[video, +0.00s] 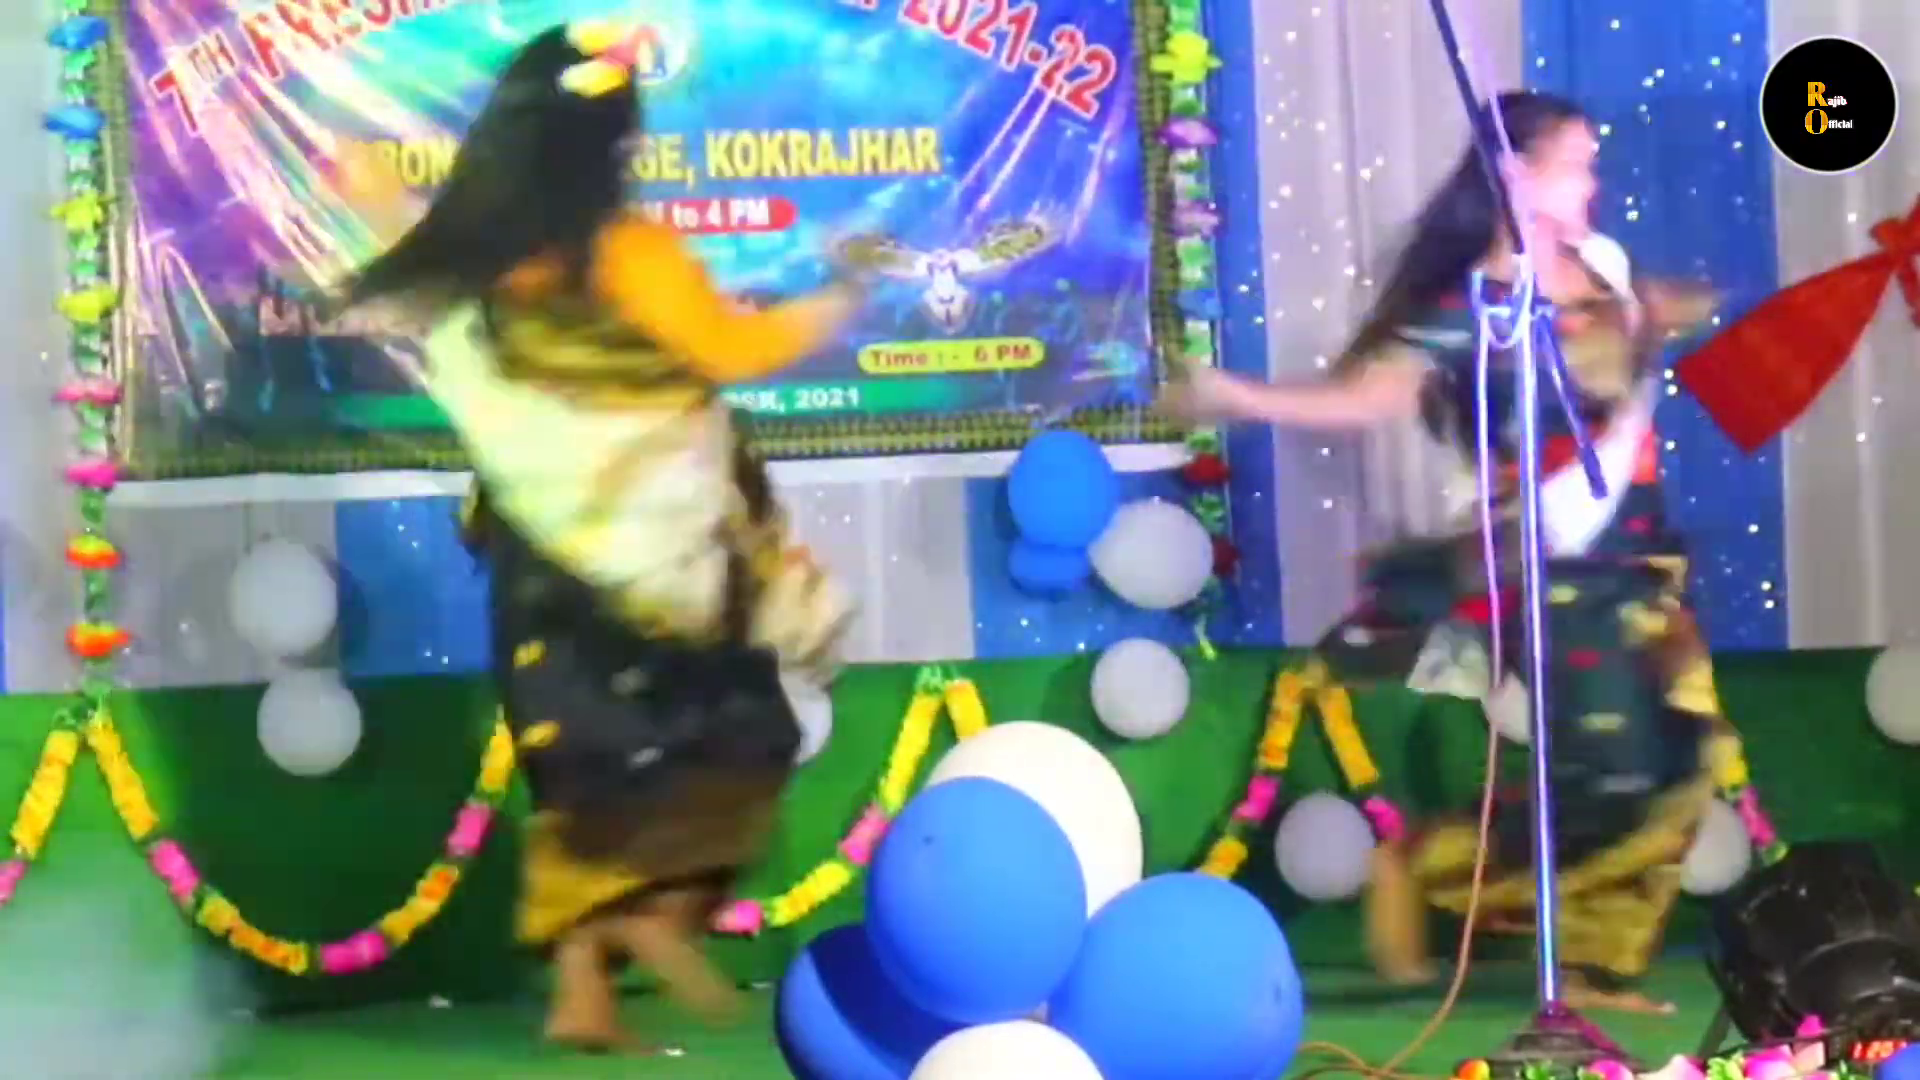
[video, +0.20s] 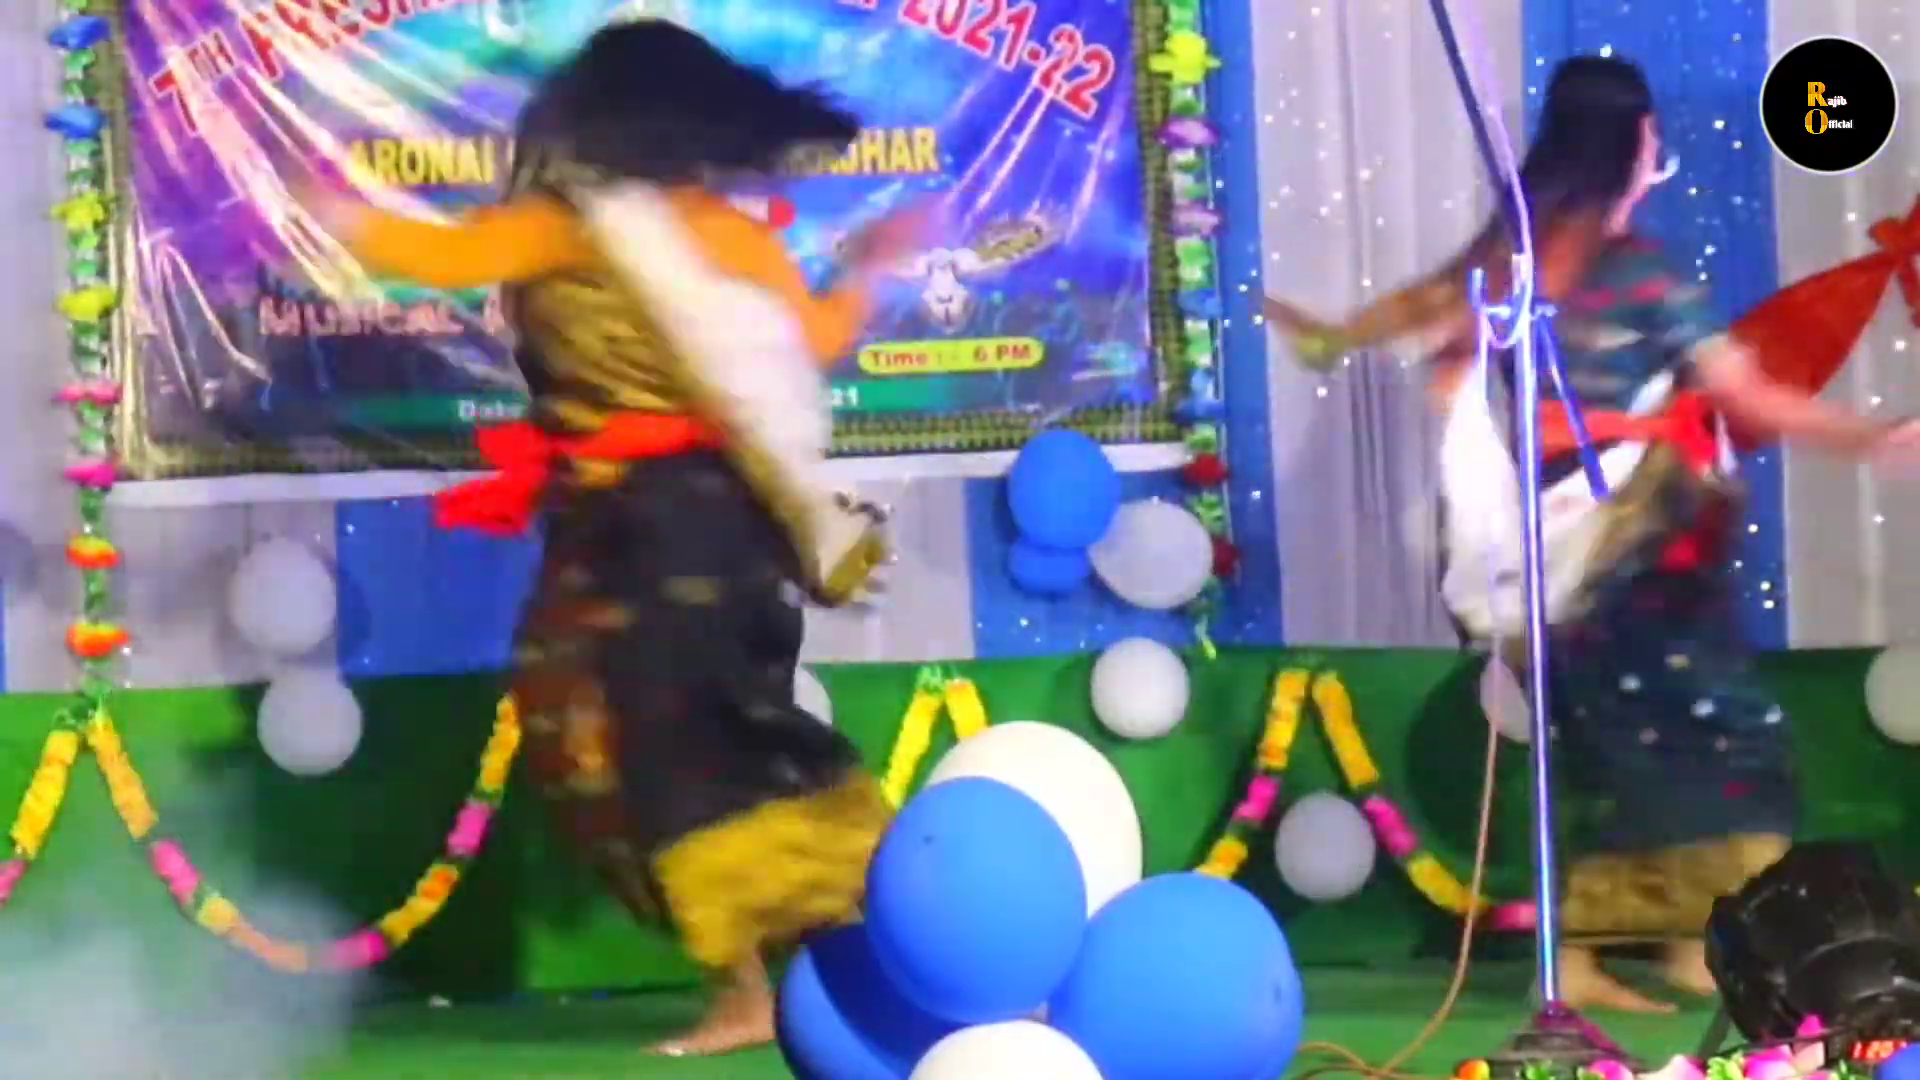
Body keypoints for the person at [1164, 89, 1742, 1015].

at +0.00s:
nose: (1594, 185)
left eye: (1594, 166)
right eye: (1578, 167)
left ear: (1566, 175)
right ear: (1515, 172)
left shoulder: (1604, 267)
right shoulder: (1464, 291)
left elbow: (1661, 320)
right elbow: (1370, 396)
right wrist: (1240, 396)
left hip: (1632, 566)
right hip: (1531, 569)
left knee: (1688, 770)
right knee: (1606, 773)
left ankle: (1586, 962)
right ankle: (1417, 864)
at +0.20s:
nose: (1662, 158)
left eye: (1659, 140)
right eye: (1657, 140)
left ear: (1552, 141)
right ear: (1638, 148)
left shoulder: (1499, 259)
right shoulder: (1641, 272)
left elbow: (1418, 313)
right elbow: (1744, 399)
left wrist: (1335, 332)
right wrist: (1868, 436)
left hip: (1550, 562)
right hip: (1643, 562)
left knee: (1602, 755)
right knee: (1731, 729)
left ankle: (1575, 963)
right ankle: (1697, 944)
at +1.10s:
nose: (1507, 152)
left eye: (1522, 130)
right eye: (1494, 136)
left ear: (1571, 125)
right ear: (1487, 142)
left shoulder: (1635, 238)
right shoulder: (1472, 243)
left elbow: (1657, 383)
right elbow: (1416, 379)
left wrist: (1592, 515)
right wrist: (1437, 496)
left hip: (1600, 506)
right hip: (1483, 512)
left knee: (1606, 725)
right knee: (1417, 710)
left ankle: (1677, 946)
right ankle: (1440, 937)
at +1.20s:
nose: (1457, 139)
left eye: (1471, 116)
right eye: (1444, 120)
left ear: (1524, 104)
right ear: (1435, 122)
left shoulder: (1600, 205)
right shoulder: (1429, 219)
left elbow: (1628, 349)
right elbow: (1368, 346)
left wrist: (1561, 472)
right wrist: (1384, 456)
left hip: (1559, 504)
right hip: (1439, 502)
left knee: (1541, 723)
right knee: (1423, 724)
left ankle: (1555, 940)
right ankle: (1415, 968)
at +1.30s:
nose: (1435, 161)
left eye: (1449, 139)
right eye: (1423, 144)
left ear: (1503, 125)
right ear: (1415, 144)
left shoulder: (1581, 230)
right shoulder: (1402, 242)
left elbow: (1612, 379)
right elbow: (1339, 369)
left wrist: (1540, 497)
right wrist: (1369, 463)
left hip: (1530, 535)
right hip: (1419, 530)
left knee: (1500, 750)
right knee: (1410, 747)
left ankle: (1486, 973)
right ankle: (1414, 974)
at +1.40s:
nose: (1416, 191)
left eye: (1435, 171)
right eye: (1403, 174)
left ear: (1485, 171)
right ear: (1390, 180)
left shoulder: (1548, 290)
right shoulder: (1363, 283)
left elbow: (1593, 440)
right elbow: (1298, 410)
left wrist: (1522, 556)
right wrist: (1347, 509)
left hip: (1500, 566)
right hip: (1387, 556)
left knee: (1481, 769)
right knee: (1361, 744)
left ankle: (1479, 962)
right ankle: (1357, 933)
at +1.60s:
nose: (1369, 122)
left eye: (1389, 104)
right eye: (1355, 106)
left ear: (1434, 104)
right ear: (1339, 109)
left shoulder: (1483, 212)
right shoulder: (1304, 199)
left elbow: (1524, 370)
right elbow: (1227, 330)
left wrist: (1489, 490)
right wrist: (1294, 432)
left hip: (1446, 503)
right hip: (1328, 492)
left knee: (1448, 729)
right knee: (1287, 711)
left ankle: (1440, 970)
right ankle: (1204, 940)